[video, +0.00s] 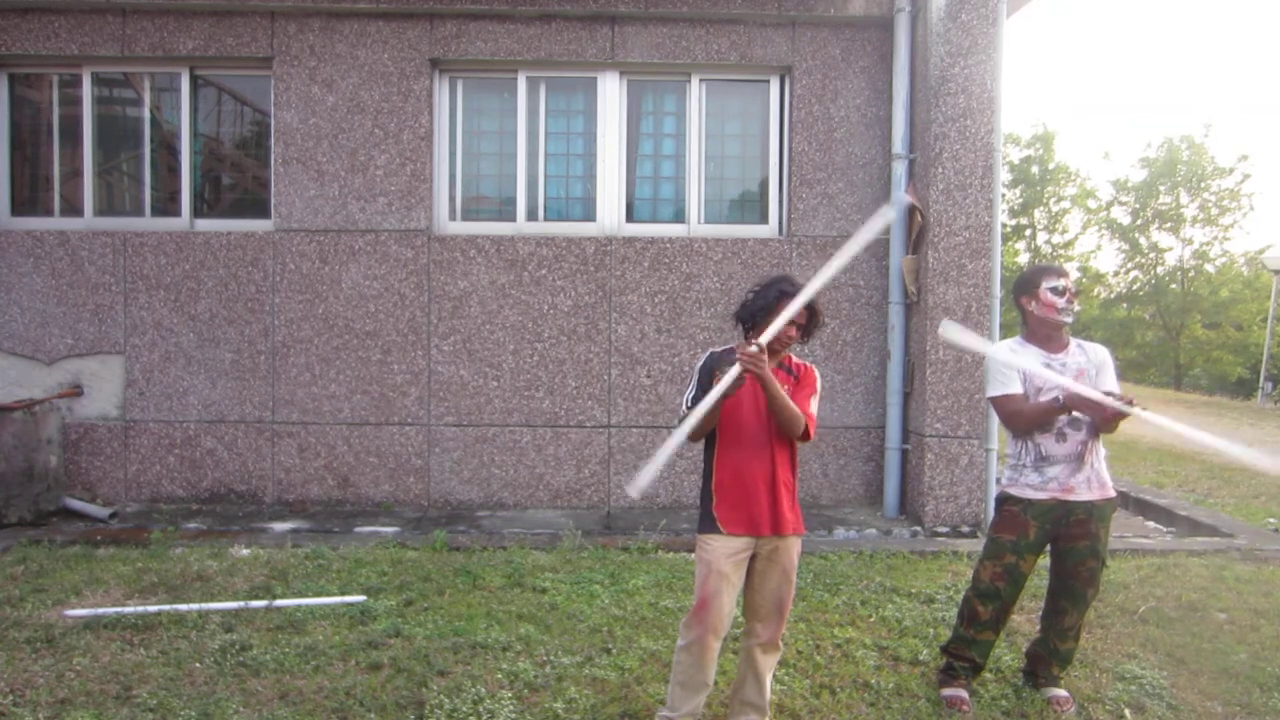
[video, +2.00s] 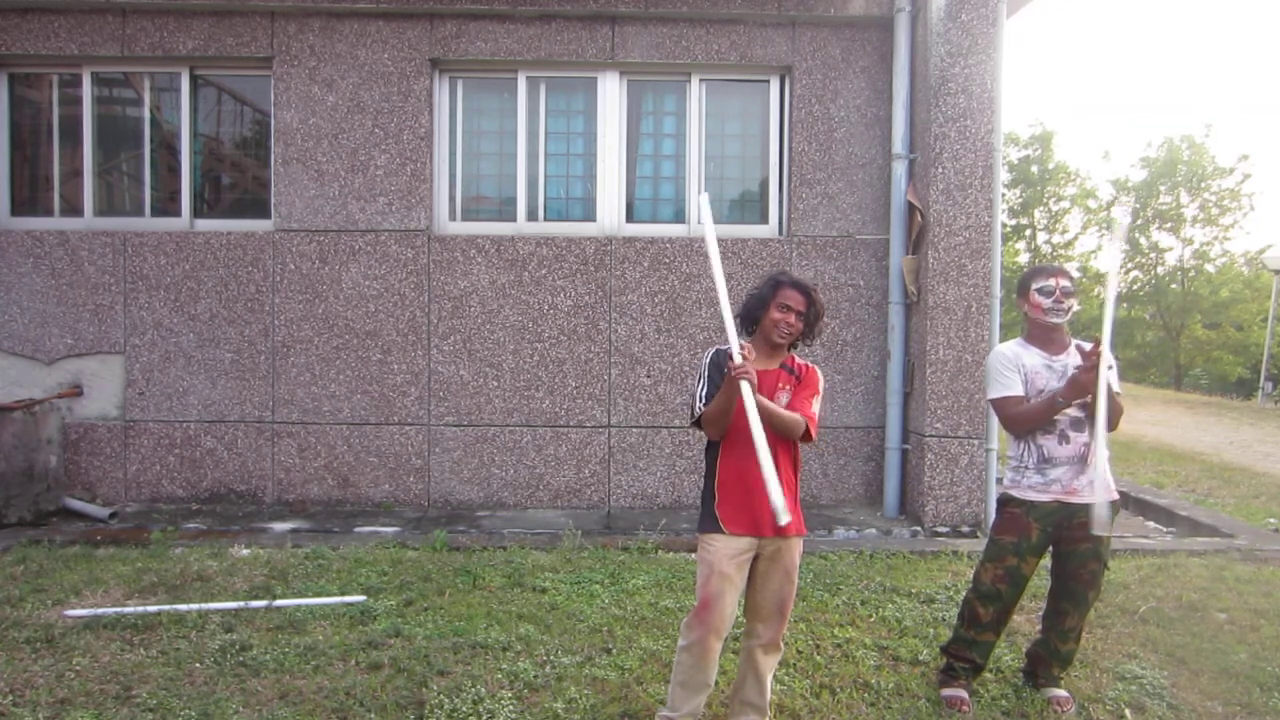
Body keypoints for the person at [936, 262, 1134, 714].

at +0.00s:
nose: (1069, 299)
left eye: (1071, 293)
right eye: (1057, 291)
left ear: (1073, 304)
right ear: (1027, 301)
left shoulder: (1096, 356)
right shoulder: (1005, 355)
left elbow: (1105, 424)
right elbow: (1017, 421)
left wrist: (1116, 407)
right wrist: (1065, 401)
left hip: (1088, 497)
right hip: (1027, 496)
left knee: (1075, 595)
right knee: (993, 585)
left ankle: (1045, 672)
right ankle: (957, 674)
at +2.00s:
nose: (1058, 299)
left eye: (1067, 293)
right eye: (1046, 291)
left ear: (1076, 304)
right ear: (1023, 303)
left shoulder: (1094, 357)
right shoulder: (1006, 356)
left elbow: (1111, 421)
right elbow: (1016, 422)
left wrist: (1098, 375)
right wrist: (1068, 394)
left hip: (1089, 497)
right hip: (1029, 496)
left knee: (1077, 595)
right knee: (994, 586)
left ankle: (1045, 672)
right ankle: (957, 674)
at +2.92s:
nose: (1073, 298)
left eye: (1077, 292)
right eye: (1062, 289)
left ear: (1080, 306)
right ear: (1031, 300)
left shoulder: (1095, 355)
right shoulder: (1008, 355)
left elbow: (1113, 423)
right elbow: (1020, 421)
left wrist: (1113, 384)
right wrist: (1067, 389)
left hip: (1093, 500)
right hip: (1032, 498)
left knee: (1077, 599)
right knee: (996, 588)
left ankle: (1046, 673)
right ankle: (957, 675)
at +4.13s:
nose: (1069, 297)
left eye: (1072, 292)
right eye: (1057, 289)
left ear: (1074, 306)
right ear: (1027, 301)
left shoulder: (1092, 357)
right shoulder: (1009, 356)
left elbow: (1113, 423)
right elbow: (1029, 418)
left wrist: (1126, 388)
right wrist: (1086, 388)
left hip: (1094, 498)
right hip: (1033, 498)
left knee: (1078, 597)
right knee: (997, 588)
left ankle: (1046, 673)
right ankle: (958, 675)